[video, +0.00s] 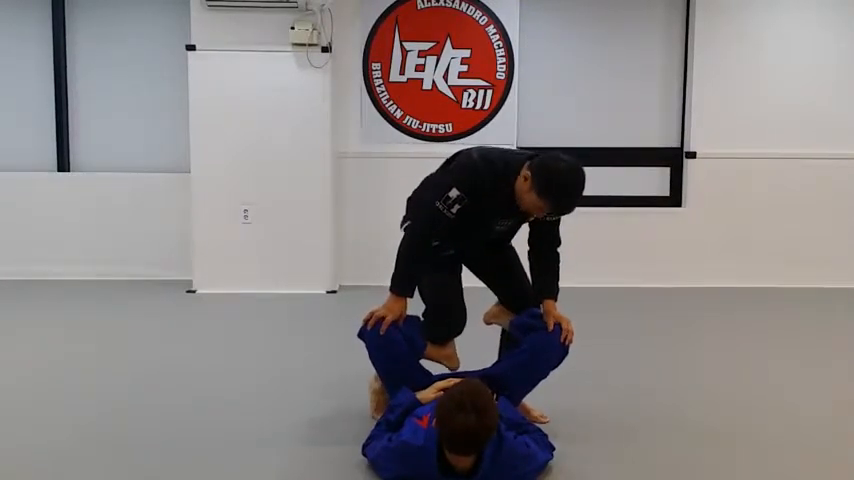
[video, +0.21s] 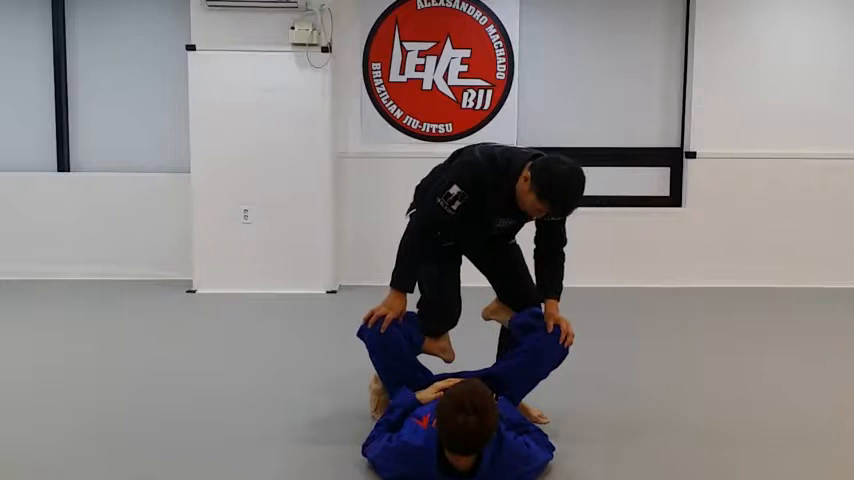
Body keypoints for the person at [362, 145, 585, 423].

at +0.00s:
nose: (539, 217)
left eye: (547, 214)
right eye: (538, 209)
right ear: (526, 179)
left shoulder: (549, 187)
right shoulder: (474, 171)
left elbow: (545, 244)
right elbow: (420, 227)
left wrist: (549, 302)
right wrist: (398, 297)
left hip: (485, 238)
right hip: (437, 234)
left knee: (526, 307)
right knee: (447, 325)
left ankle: (508, 395)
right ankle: (388, 377)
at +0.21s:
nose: (539, 216)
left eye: (548, 213)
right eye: (538, 207)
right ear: (526, 179)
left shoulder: (555, 193)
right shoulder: (476, 169)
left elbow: (551, 245)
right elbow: (420, 225)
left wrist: (551, 306)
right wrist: (398, 294)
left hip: (490, 233)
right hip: (441, 228)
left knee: (526, 306)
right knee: (442, 316)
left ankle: (507, 395)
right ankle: (388, 376)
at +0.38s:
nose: (550, 213)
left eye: (560, 209)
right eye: (549, 202)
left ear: (575, 197)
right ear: (539, 171)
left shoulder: (569, 190)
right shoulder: (489, 162)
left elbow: (563, 244)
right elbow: (434, 219)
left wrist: (558, 309)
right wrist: (405, 290)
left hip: (502, 232)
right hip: (452, 224)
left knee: (531, 309)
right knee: (446, 315)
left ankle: (508, 396)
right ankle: (390, 373)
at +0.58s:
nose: (570, 204)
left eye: (580, 200)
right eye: (570, 193)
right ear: (557, 165)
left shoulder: (583, 181)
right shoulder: (506, 158)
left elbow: (577, 237)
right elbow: (451, 214)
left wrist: (566, 302)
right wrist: (420, 280)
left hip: (517, 230)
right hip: (468, 221)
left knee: (535, 312)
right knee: (468, 302)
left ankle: (508, 397)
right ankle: (399, 342)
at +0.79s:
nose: (576, 196)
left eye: (585, 192)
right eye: (575, 185)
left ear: (596, 187)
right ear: (564, 157)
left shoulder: (589, 180)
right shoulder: (515, 155)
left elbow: (582, 231)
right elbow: (459, 212)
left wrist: (573, 290)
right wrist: (427, 281)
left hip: (523, 232)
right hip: (475, 220)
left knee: (536, 315)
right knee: (489, 293)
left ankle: (508, 398)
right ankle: (416, 305)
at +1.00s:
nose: (580, 189)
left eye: (589, 185)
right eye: (579, 179)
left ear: (600, 180)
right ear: (567, 149)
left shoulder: (588, 173)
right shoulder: (518, 153)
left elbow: (584, 220)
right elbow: (465, 209)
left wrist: (578, 280)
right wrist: (432, 279)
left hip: (526, 236)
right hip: (481, 230)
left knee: (543, 318)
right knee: (513, 303)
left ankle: (510, 396)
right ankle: (453, 305)